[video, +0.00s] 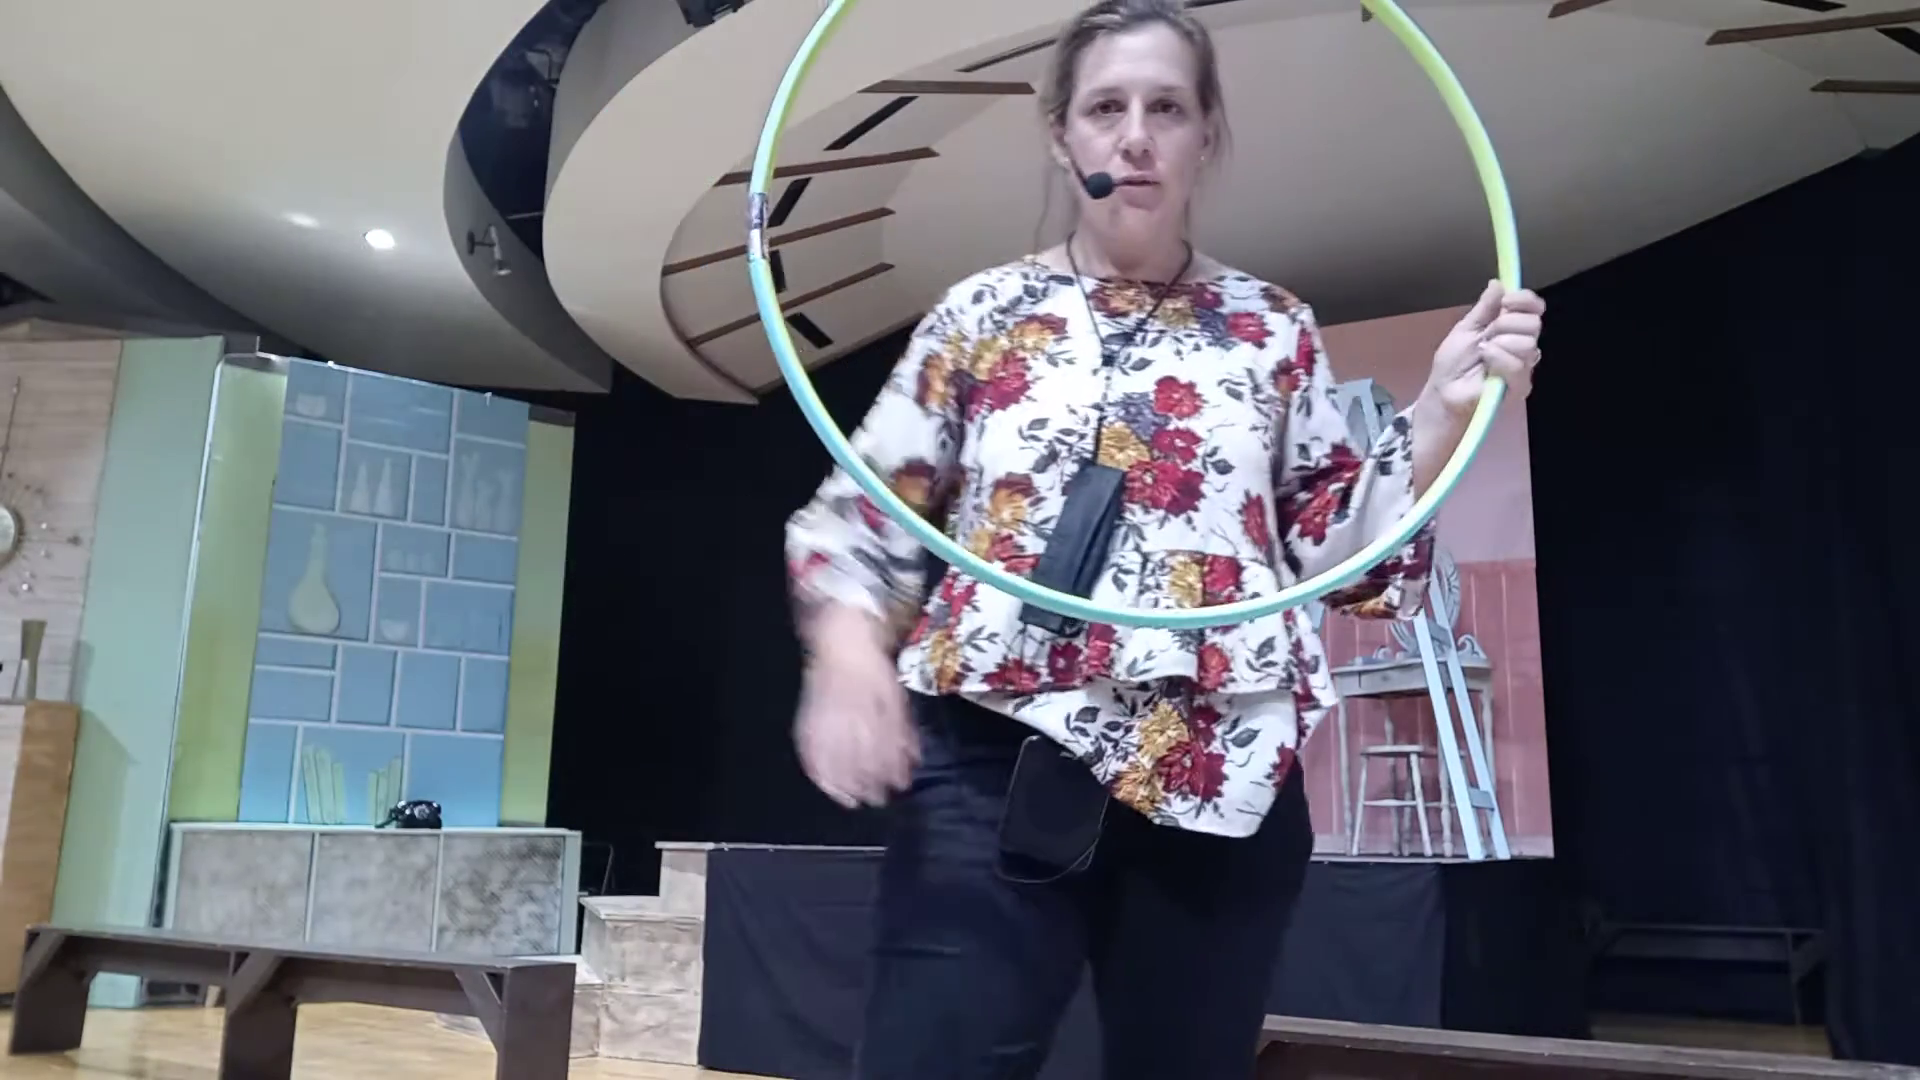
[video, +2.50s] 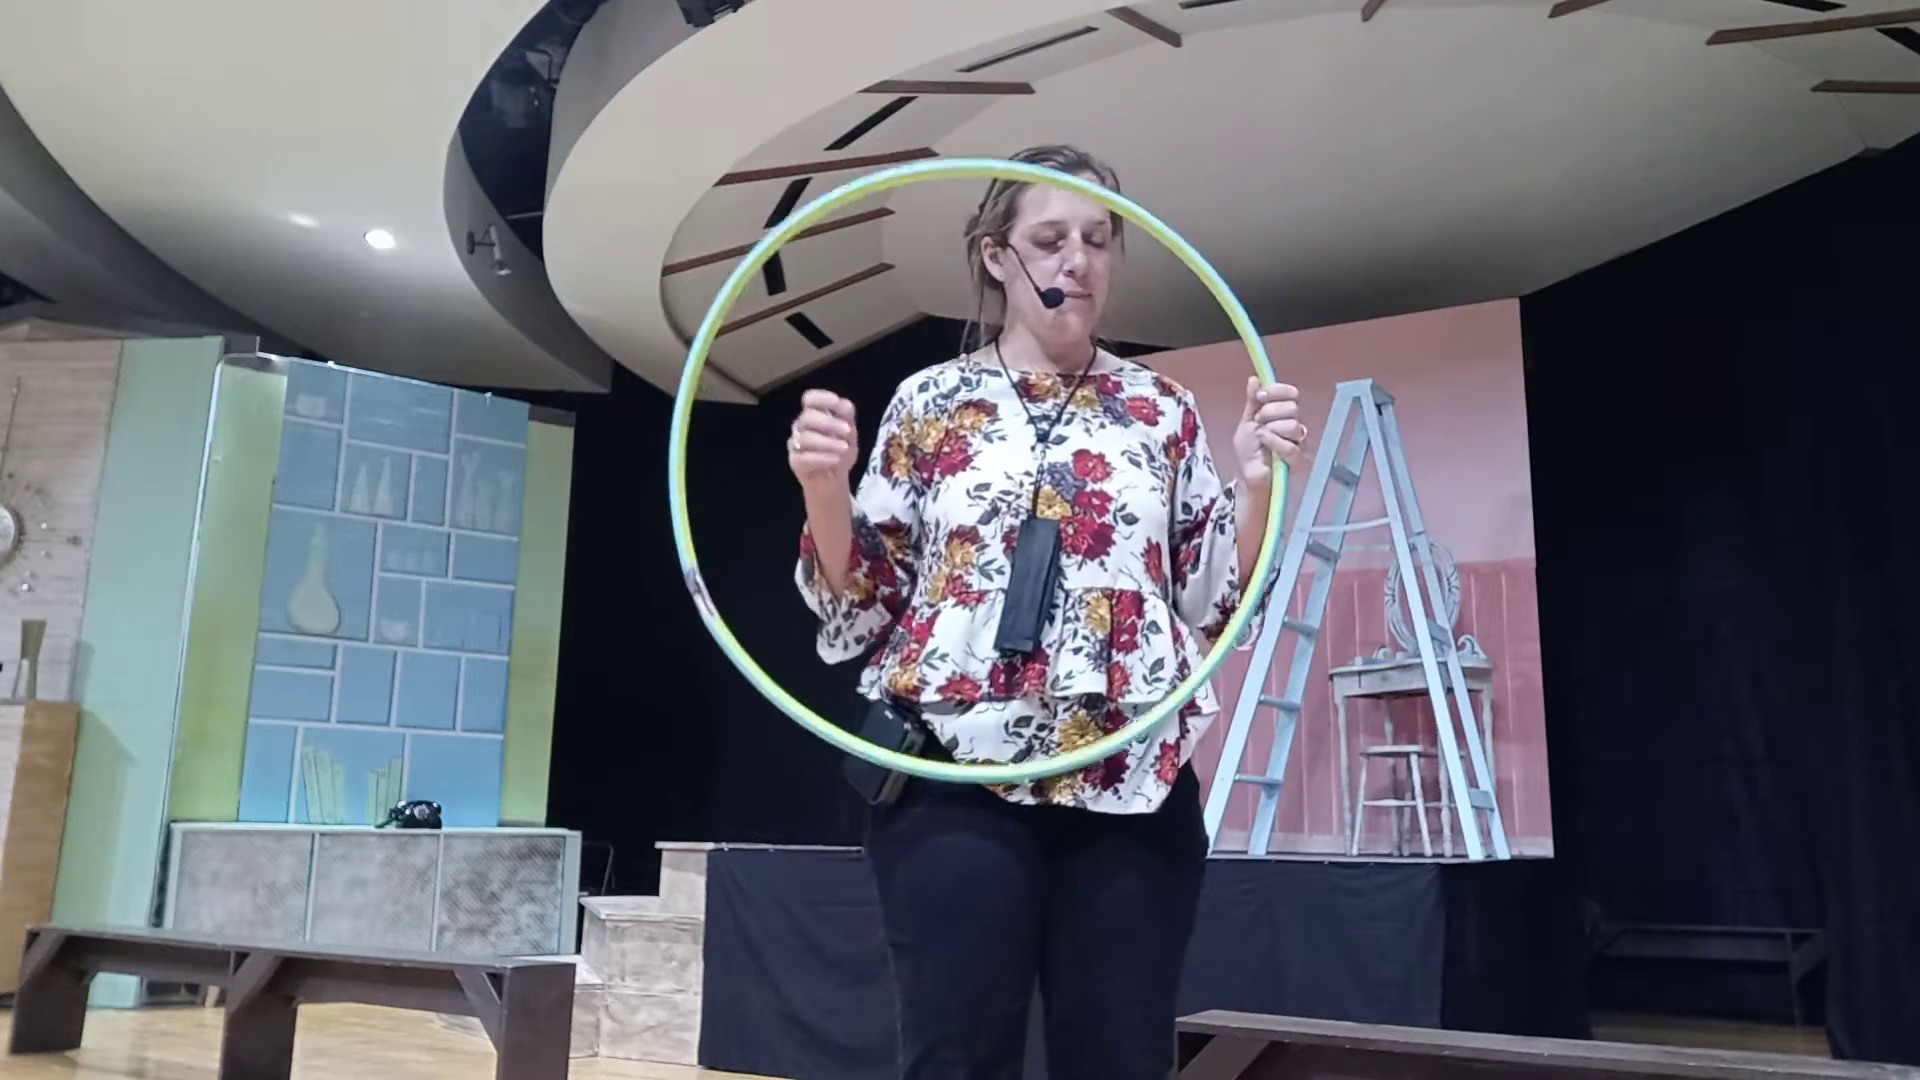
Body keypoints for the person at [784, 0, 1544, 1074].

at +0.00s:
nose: (1134, 137)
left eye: (1165, 109)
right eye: (1106, 108)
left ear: (1211, 138)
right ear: (1061, 137)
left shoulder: (1277, 332)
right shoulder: (981, 315)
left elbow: (1344, 561)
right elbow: (852, 521)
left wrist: (1443, 412)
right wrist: (848, 649)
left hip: (1216, 802)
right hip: (992, 775)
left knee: (1186, 1065)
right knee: (931, 1062)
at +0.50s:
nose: (1146, 124)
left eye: (1176, 98)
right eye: (1118, 105)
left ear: (1229, 135)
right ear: (1085, 148)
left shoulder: (1301, 337)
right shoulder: (1007, 323)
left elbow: (1352, 581)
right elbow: (896, 528)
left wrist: (1418, 417)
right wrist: (934, 675)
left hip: (1207, 821)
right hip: (988, 795)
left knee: (1172, 1065)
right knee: (924, 1062)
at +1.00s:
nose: (1019, 175)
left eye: (1047, 164)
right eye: (992, 159)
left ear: (1078, 214)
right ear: (947, 205)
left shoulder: (1138, 367)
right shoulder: (876, 383)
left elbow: (1206, 584)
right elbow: (751, 535)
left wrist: (1243, 441)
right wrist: (795, 644)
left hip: (1110, 798)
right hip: (913, 799)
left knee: (1116, 1060)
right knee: (929, 1062)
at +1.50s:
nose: (966, 226)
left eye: (994, 209)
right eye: (942, 206)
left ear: (1029, 244)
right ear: (907, 241)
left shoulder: (1093, 390)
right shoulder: (849, 397)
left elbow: (1145, 592)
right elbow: (776, 533)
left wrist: (1177, 460)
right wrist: (721, 571)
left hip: (1072, 793)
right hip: (890, 798)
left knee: (1101, 1061)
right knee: (911, 1062)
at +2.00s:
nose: (1041, 260)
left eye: (1062, 239)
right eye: (1014, 237)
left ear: (1085, 264)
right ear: (966, 263)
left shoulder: (1143, 406)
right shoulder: (906, 416)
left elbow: (1205, 602)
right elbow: (838, 616)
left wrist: (1243, 468)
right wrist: (778, 499)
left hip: (1126, 801)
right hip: (946, 794)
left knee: (1114, 1063)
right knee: (950, 1060)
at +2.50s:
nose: (1074, 261)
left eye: (1095, 242)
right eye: (1048, 239)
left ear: (1117, 267)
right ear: (998, 260)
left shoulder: (1165, 414)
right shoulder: (927, 406)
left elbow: (1210, 607)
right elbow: (853, 625)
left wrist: (1255, 483)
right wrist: (824, 500)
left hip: (1132, 801)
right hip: (958, 795)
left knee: (1120, 1064)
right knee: (959, 1060)